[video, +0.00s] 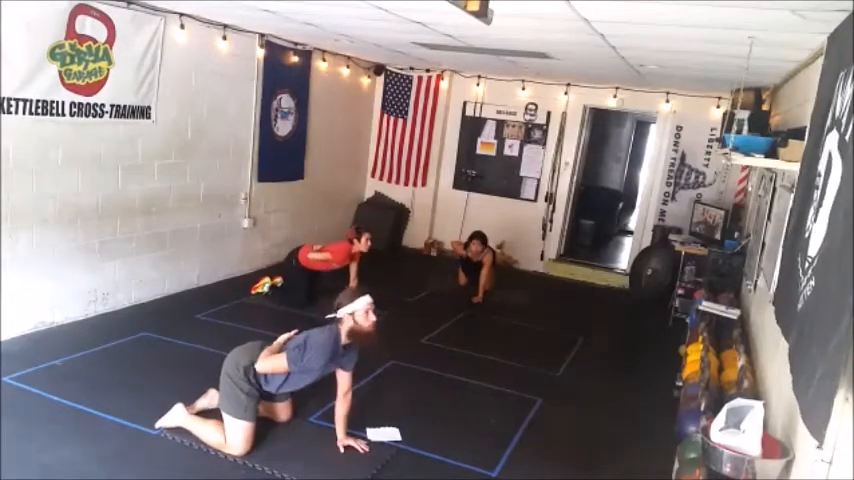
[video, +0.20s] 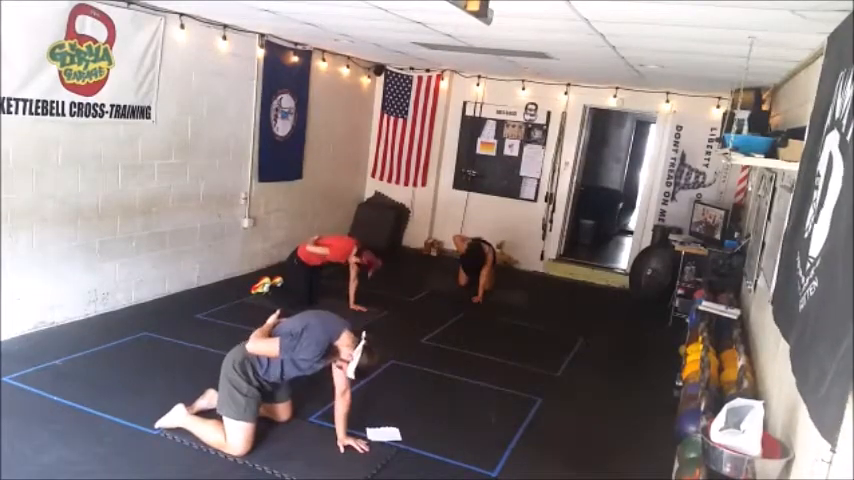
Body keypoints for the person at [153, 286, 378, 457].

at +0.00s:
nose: (373, 317)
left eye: (373, 312)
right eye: (368, 313)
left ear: (356, 319)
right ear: (347, 317)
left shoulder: (348, 349)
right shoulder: (319, 344)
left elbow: (344, 393)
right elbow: (261, 366)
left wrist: (342, 436)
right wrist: (280, 342)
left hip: (270, 363)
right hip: (243, 368)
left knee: (281, 411)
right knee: (237, 446)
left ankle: (216, 400)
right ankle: (182, 417)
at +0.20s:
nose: (346, 366)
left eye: (349, 364)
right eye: (349, 362)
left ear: (354, 347)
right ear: (354, 353)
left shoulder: (344, 339)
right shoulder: (311, 343)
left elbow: (342, 392)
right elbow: (252, 345)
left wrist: (343, 435)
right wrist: (268, 325)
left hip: (273, 368)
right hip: (244, 367)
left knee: (282, 412)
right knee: (236, 446)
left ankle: (217, 400)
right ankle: (182, 418)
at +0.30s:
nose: (346, 367)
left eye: (349, 366)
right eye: (349, 363)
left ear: (355, 352)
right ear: (352, 355)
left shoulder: (345, 341)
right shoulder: (311, 345)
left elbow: (343, 392)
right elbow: (252, 345)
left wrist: (343, 435)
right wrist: (269, 324)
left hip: (274, 369)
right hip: (244, 367)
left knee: (281, 413)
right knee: (236, 446)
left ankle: (217, 400)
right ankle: (182, 418)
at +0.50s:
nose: (370, 322)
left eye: (369, 317)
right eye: (364, 319)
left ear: (350, 322)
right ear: (343, 322)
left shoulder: (346, 350)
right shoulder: (315, 350)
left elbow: (344, 394)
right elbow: (253, 368)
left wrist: (342, 436)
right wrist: (276, 342)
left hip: (266, 362)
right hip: (240, 368)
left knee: (281, 411)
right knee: (237, 446)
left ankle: (220, 396)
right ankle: (181, 416)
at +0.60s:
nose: (375, 326)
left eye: (375, 320)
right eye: (369, 321)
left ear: (354, 323)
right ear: (349, 322)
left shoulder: (347, 351)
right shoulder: (316, 346)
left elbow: (344, 394)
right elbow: (255, 366)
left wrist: (343, 436)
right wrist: (279, 341)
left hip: (269, 363)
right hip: (242, 368)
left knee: (281, 411)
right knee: (237, 446)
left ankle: (220, 396)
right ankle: (181, 416)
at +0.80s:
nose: (349, 365)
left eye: (354, 363)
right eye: (352, 361)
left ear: (356, 347)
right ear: (353, 346)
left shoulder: (343, 337)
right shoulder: (313, 347)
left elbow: (343, 391)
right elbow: (255, 344)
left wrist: (342, 435)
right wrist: (267, 324)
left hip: (271, 367)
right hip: (243, 367)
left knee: (281, 413)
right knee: (236, 446)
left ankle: (219, 397)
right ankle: (182, 417)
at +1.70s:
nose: (373, 356)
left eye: (376, 350)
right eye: (370, 350)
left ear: (354, 336)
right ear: (354, 343)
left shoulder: (343, 338)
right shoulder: (316, 365)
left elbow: (342, 393)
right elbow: (257, 377)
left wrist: (342, 435)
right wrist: (271, 347)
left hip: (260, 356)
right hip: (235, 370)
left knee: (282, 413)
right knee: (236, 445)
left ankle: (220, 397)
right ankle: (183, 417)